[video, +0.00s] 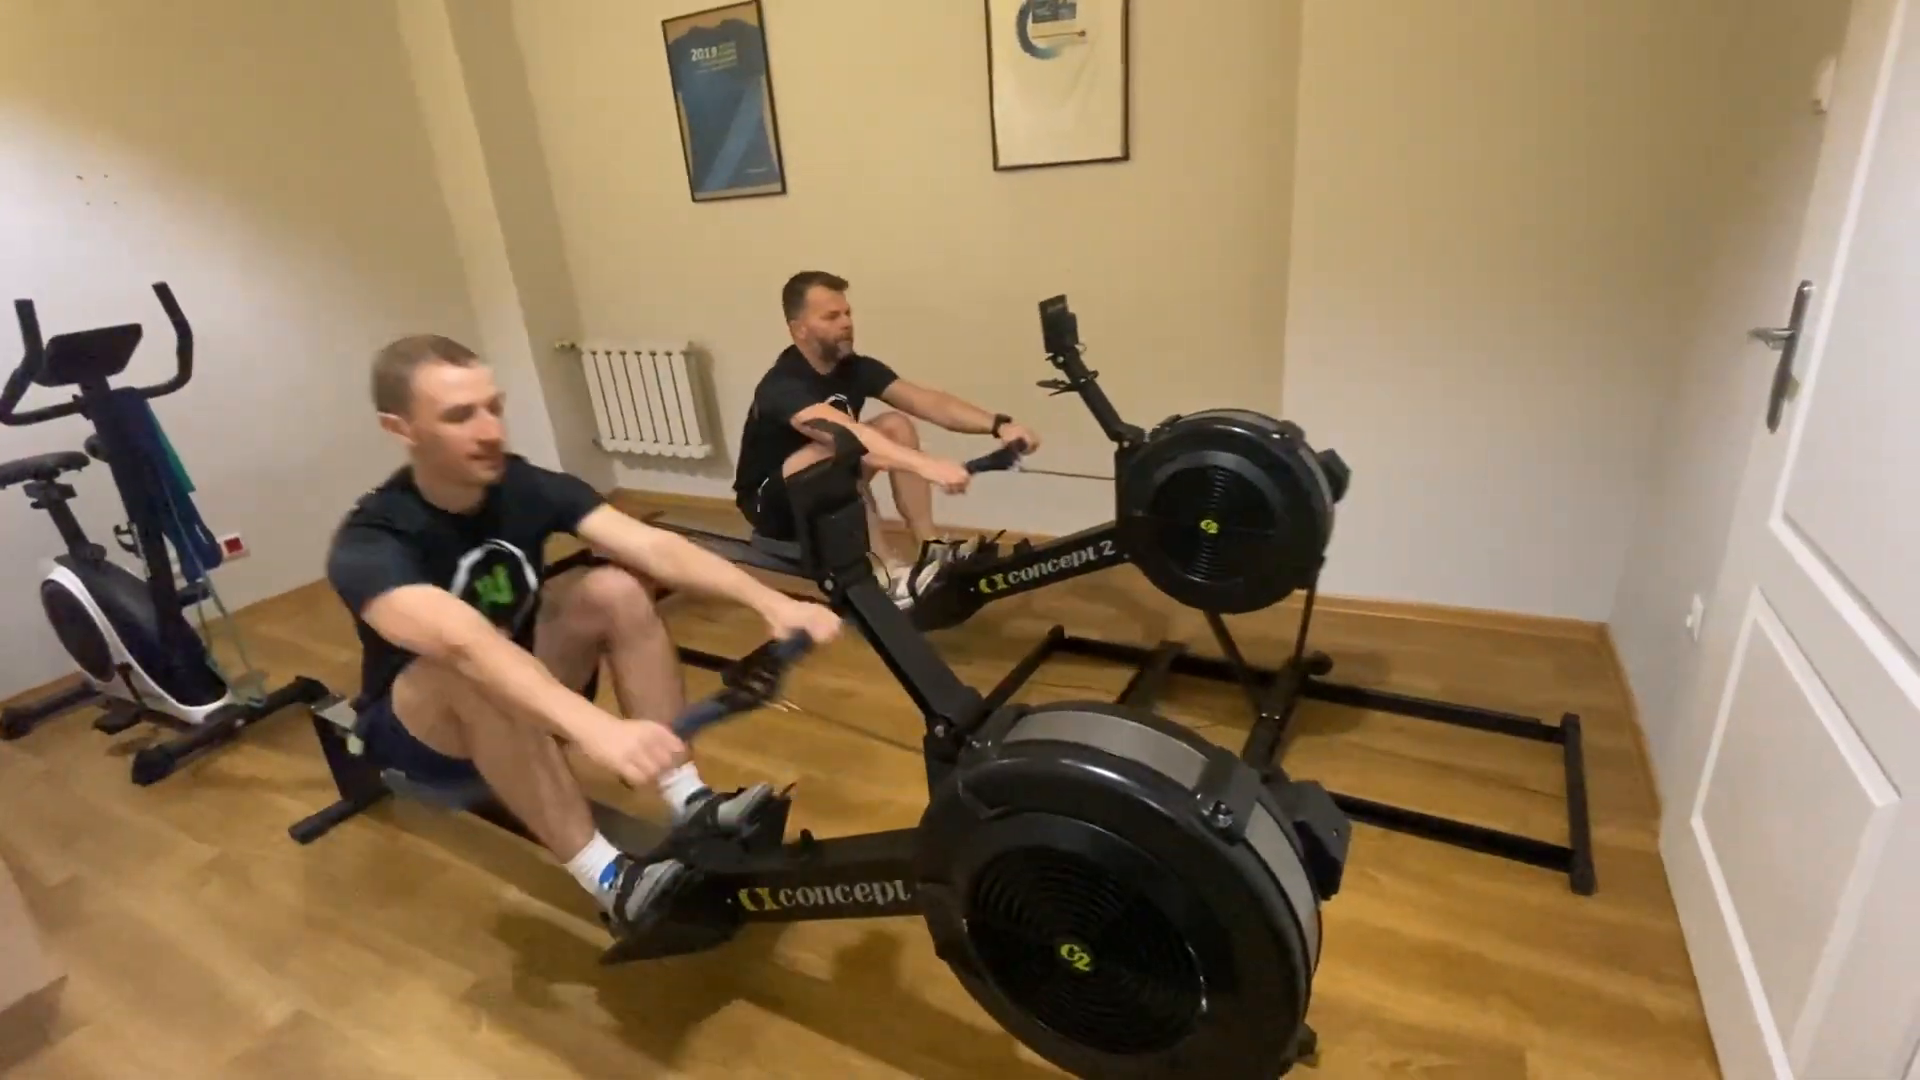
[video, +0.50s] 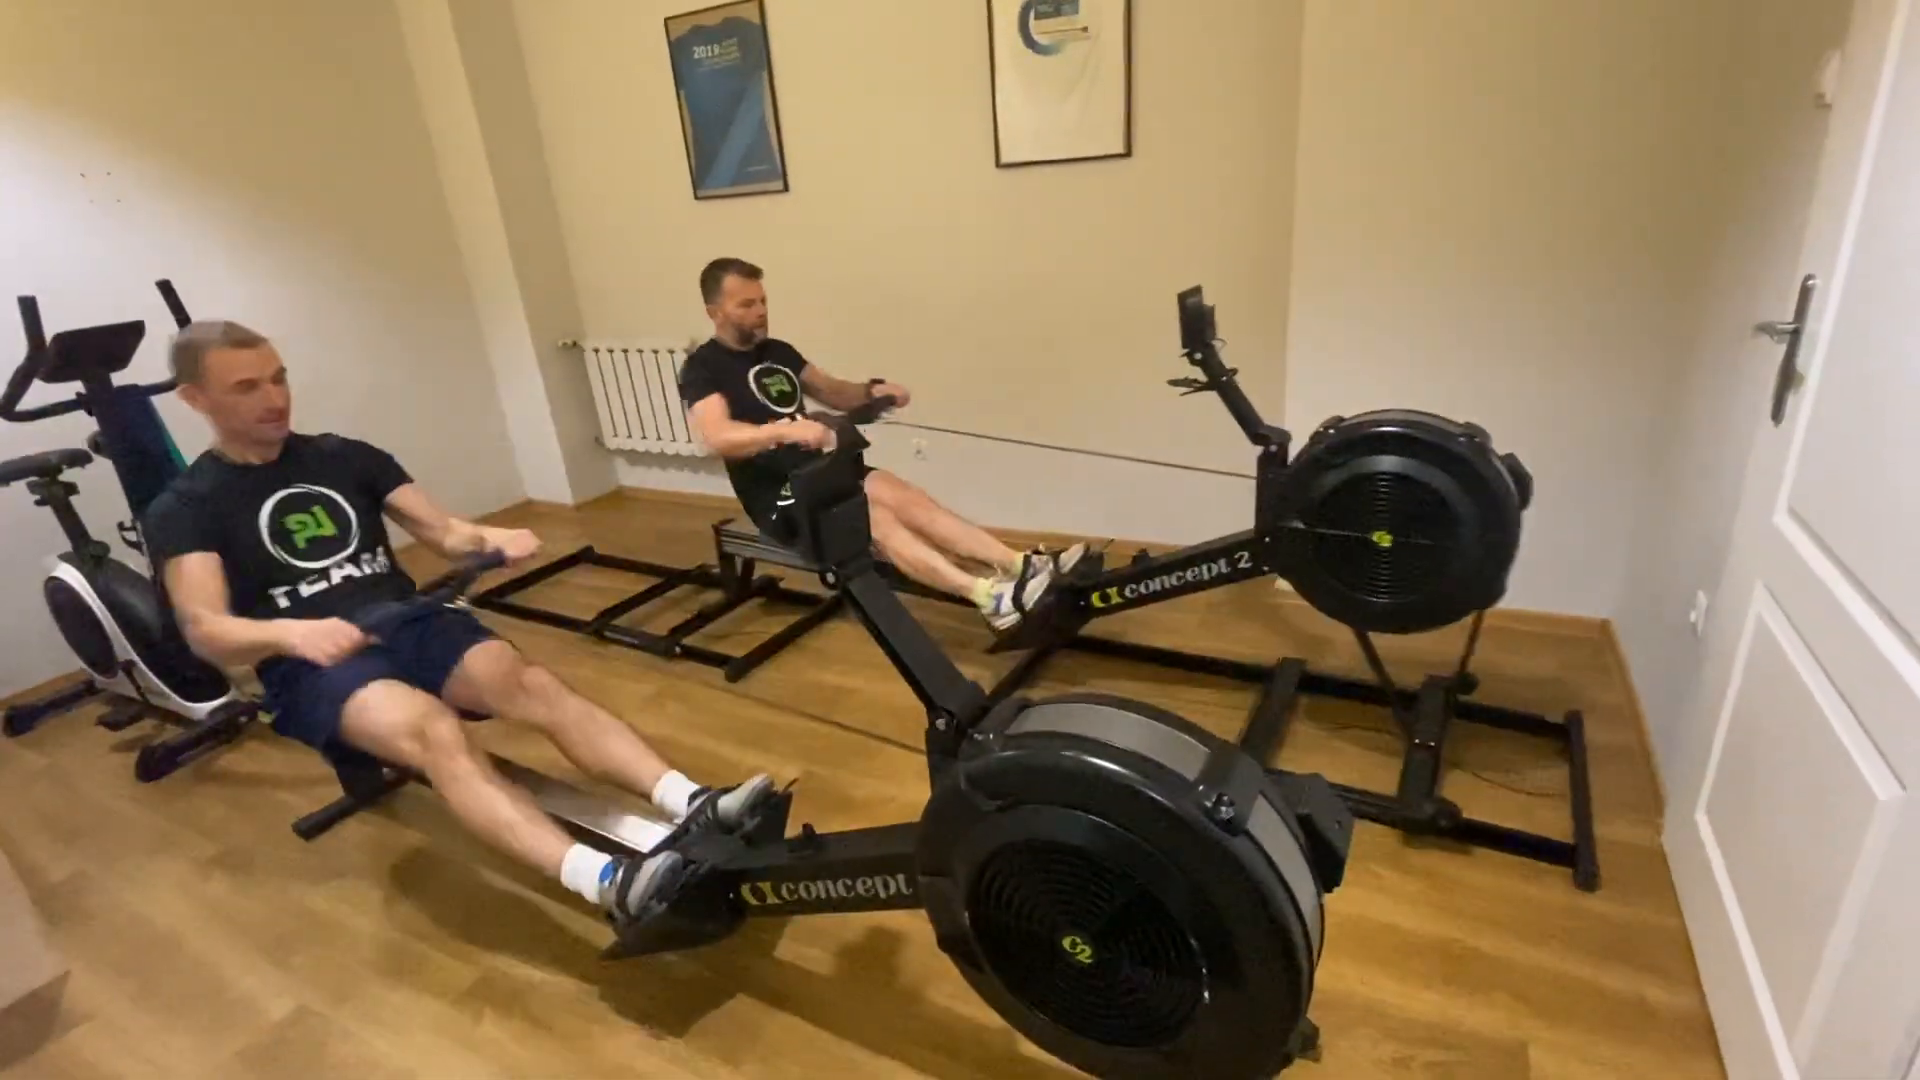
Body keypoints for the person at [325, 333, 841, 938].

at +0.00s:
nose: (490, 431)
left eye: (494, 408)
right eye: (461, 417)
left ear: (503, 404)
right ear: (401, 429)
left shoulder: (524, 488)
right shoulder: (368, 548)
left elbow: (650, 547)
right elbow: (466, 642)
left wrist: (769, 600)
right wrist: (592, 727)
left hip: (516, 691)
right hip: (417, 735)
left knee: (615, 592)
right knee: (476, 666)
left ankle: (693, 808)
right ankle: (612, 883)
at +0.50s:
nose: (273, 399)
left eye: (277, 378)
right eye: (247, 389)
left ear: (287, 373)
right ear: (198, 401)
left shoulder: (343, 458)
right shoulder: (186, 510)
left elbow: (442, 528)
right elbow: (207, 631)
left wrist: (488, 538)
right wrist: (290, 633)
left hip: (403, 618)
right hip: (311, 660)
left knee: (527, 680)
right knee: (436, 733)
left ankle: (693, 806)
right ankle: (607, 884)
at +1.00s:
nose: (247, 408)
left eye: (253, 387)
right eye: (220, 398)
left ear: (265, 382)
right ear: (177, 414)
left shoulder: (321, 467)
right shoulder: (164, 516)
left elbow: (409, 541)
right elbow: (122, 649)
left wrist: (432, 542)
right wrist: (198, 631)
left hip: (385, 619)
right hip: (296, 661)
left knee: (513, 688)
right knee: (426, 737)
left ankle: (686, 802)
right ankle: (607, 880)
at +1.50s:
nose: (364, 406)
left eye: (369, 384)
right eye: (336, 392)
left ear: (378, 381)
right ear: (280, 405)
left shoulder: (412, 462)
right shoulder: (253, 508)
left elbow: (531, 527)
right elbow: (269, 651)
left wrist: (611, 584)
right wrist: (406, 719)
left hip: (437, 634)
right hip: (342, 671)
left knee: (553, 626)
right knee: (434, 682)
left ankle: (683, 804)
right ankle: (599, 876)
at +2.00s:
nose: (530, 445)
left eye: (534, 420)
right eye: (500, 429)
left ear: (542, 416)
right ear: (438, 444)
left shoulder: (560, 494)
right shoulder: (402, 546)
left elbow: (693, 561)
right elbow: (465, 702)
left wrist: (805, 636)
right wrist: (622, 791)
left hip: (527, 686)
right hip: (431, 732)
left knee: (637, 591)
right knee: (472, 660)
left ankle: (683, 801)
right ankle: (607, 877)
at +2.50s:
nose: (532, 439)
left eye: (535, 415)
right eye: (502, 425)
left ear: (544, 413)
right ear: (442, 445)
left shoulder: (562, 497)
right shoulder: (409, 557)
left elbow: (691, 557)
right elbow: (508, 668)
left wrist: (815, 613)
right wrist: (663, 762)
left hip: (542, 719)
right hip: (444, 761)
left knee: (633, 591)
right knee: (489, 672)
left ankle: (700, 811)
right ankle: (614, 877)